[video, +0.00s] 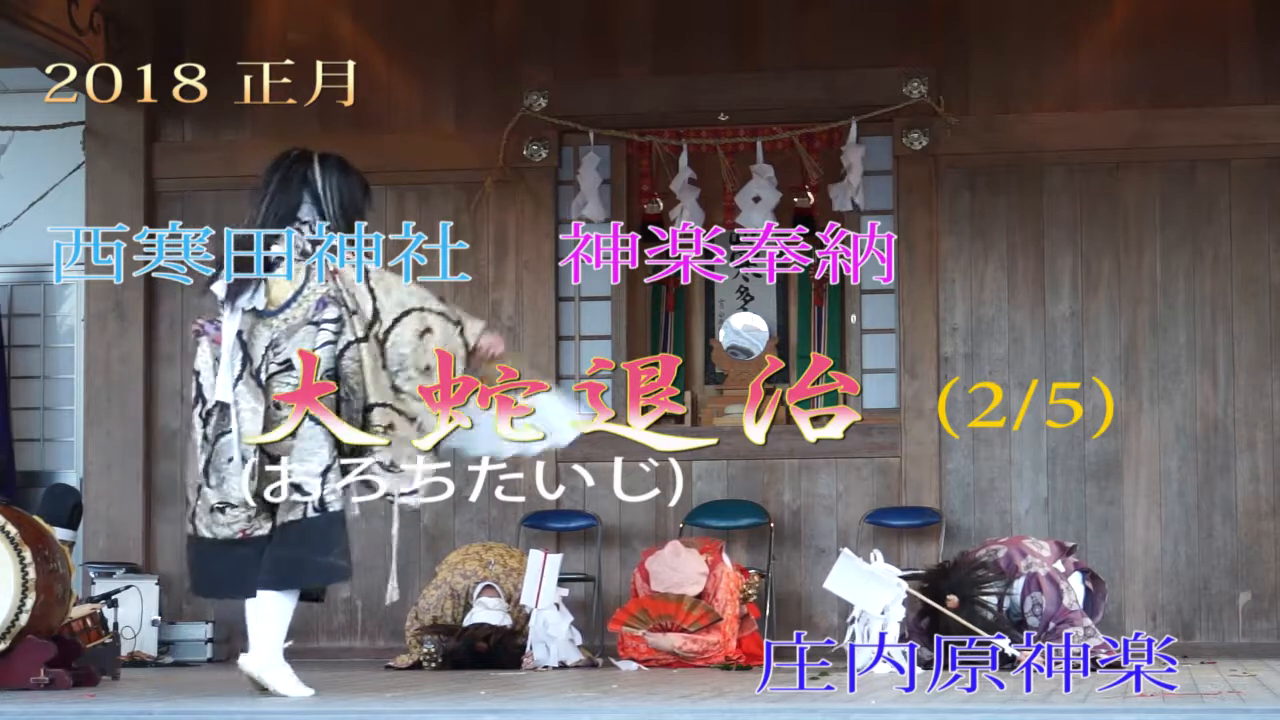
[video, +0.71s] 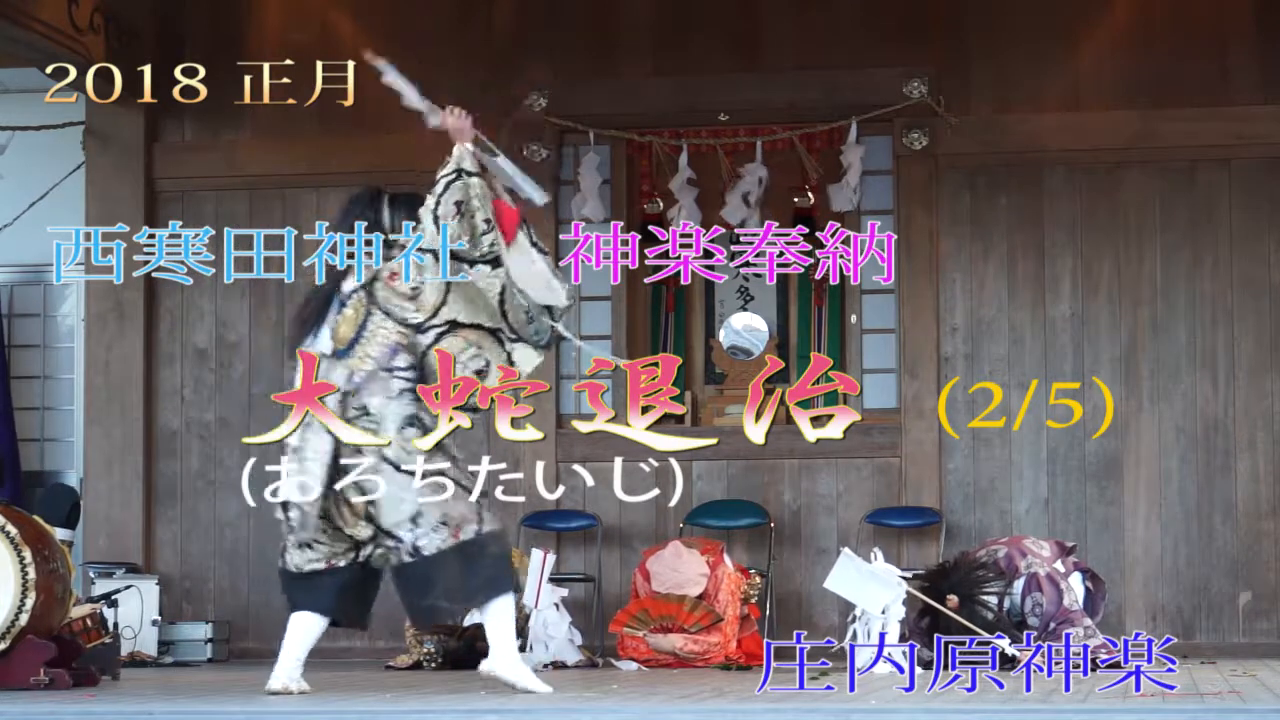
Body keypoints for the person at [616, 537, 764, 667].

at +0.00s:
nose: (679, 605)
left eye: (687, 597)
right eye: (670, 598)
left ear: (699, 582)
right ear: (655, 585)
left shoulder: (721, 575)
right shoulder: (641, 575)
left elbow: (723, 643)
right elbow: (629, 648)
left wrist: (671, 642)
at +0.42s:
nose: (678, 606)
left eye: (688, 597)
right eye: (669, 597)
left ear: (700, 581)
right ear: (656, 584)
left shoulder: (721, 575)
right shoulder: (641, 575)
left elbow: (723, 643)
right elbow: (628, 647)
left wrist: (672, 643)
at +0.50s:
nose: (680, 608)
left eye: (688, 599)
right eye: (670, 599)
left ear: (700, 582)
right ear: (655, 584)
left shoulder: (722, 576)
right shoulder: (642, 574)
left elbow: (723, 643)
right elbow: (628, 647)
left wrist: (673, 643)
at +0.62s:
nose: (680, 608)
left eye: (689, 599)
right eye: (671, 599)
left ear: (701, 582)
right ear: (656, 585)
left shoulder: (722, 576)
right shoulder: (642, 574)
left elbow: (723, 643)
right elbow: (628, 647)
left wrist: (673, 643)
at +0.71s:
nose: (680, 608)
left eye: (689, 599)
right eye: (671, 599)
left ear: (701, 583)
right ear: (656, 585)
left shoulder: (723, 576)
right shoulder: (642, 575)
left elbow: (722, 644)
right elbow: (628, 647)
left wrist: (673, 643)